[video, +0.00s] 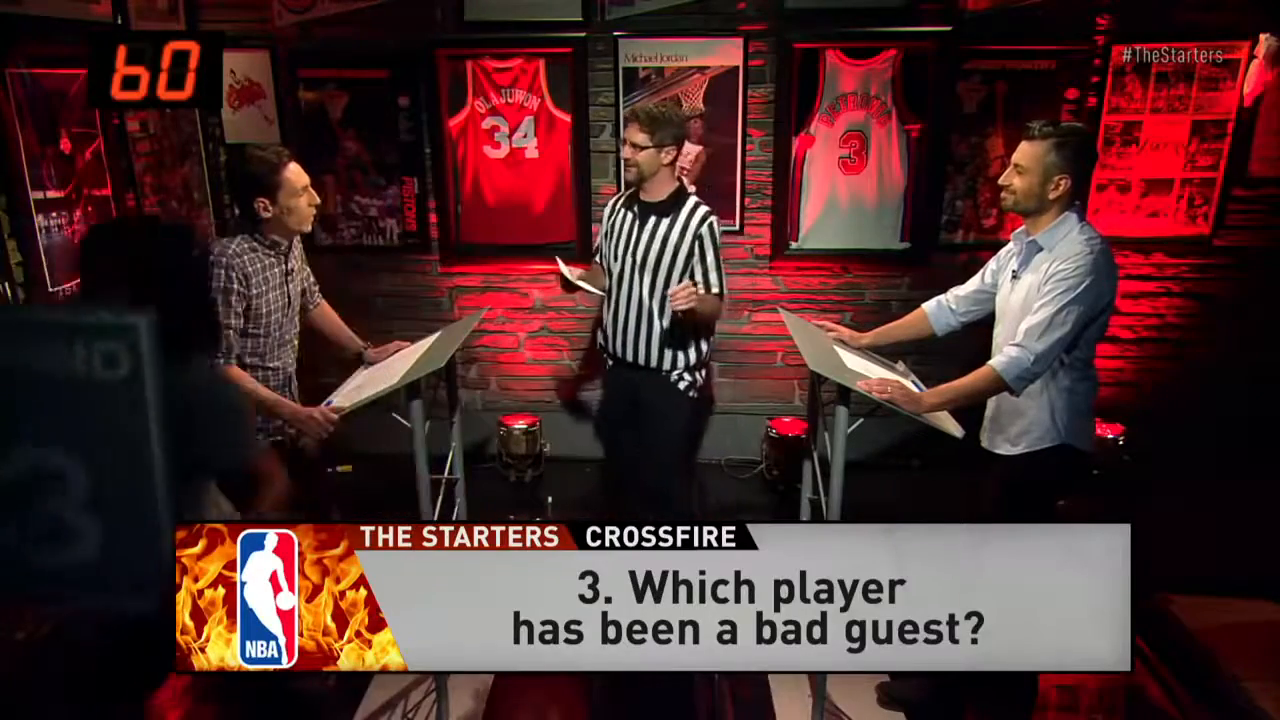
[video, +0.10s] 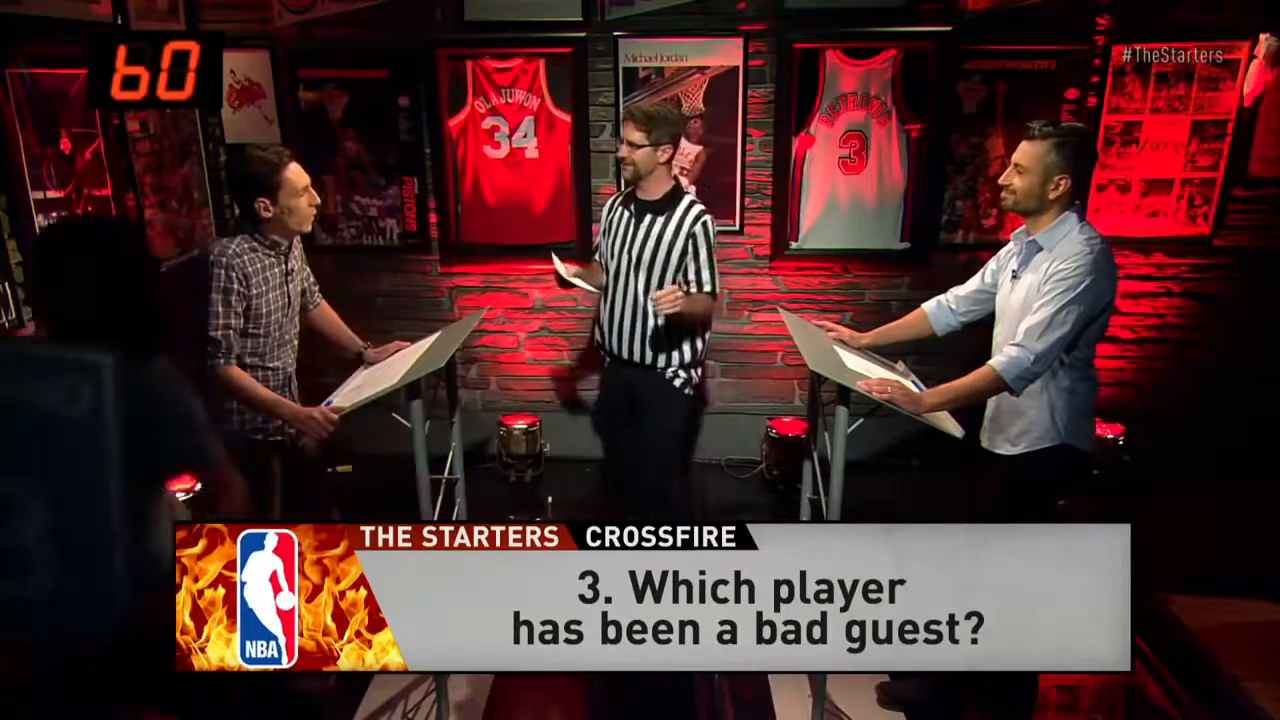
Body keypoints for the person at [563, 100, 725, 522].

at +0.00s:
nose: (625, 154)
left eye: (637, 146)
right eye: (625, 144)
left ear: (669, 154)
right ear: (623, 146)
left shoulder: (698, 220)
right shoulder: (617, 208)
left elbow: (713, 310)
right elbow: (607, 276)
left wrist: (696, 302)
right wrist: (582, 277)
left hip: (674, 383)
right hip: (620, 374)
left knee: (665, 492)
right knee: (619, 487)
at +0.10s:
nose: (621, 152)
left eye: (633, 145)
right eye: (621, 142)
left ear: (665, 153)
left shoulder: (693, 220)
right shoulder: (615, 207)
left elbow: (707, 306)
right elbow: (608, 273)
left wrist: (685, 304)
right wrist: (579, 273)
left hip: (669, 381)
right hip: (618, 372)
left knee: (662, 490)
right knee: (619, 484)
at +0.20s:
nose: (621, 152)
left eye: (633, 145)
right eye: (619, 142)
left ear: (667, 150)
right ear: (619, 145)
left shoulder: (690, 218)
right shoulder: (614, 206)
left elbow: (701, 308)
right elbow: (612, 276)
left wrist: (675, 299)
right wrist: (581, 270)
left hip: (665, 380)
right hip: (616, 371)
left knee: (664, 494)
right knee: (619, 487)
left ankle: (674, 586)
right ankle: (626, 578)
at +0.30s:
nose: (619, 151)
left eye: (631, 143)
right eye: (617, 141)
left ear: (664, 149)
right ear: (618, 145)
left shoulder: (685, 217)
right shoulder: (615, 204)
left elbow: (692, 307)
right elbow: (613, 274)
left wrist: (656, 288)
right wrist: (580, 268)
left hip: (661, 377)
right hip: (614, 367)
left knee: (660, 492)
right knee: (620, 486)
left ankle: (674, 582)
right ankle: (630, 576)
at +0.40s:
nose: (617, 153)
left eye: (628, 144)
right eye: (614, 143)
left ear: (661, 148)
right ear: (617, 146)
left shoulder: (681, 215)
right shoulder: (615, 201)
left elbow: (682, 303)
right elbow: (615, 275)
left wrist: (640, 274)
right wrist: (577, 266)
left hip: (657, 375)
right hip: (613, 365)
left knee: (658, 488)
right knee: (619, 483)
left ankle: (676, 572)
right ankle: (631, 568)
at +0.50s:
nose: (612, 157)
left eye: (621, 148)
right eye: (609, 147)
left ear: (654, 148)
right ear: (621, 149)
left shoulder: (677, 214)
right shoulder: (617, 201)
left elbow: (668, 299)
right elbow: (612, 271)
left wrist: (625, 256)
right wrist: (574, 262)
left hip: (654, 373)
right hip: (612, 362)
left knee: (655, 486)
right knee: (618, 481)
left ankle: (674, 570)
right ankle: (629, 563)